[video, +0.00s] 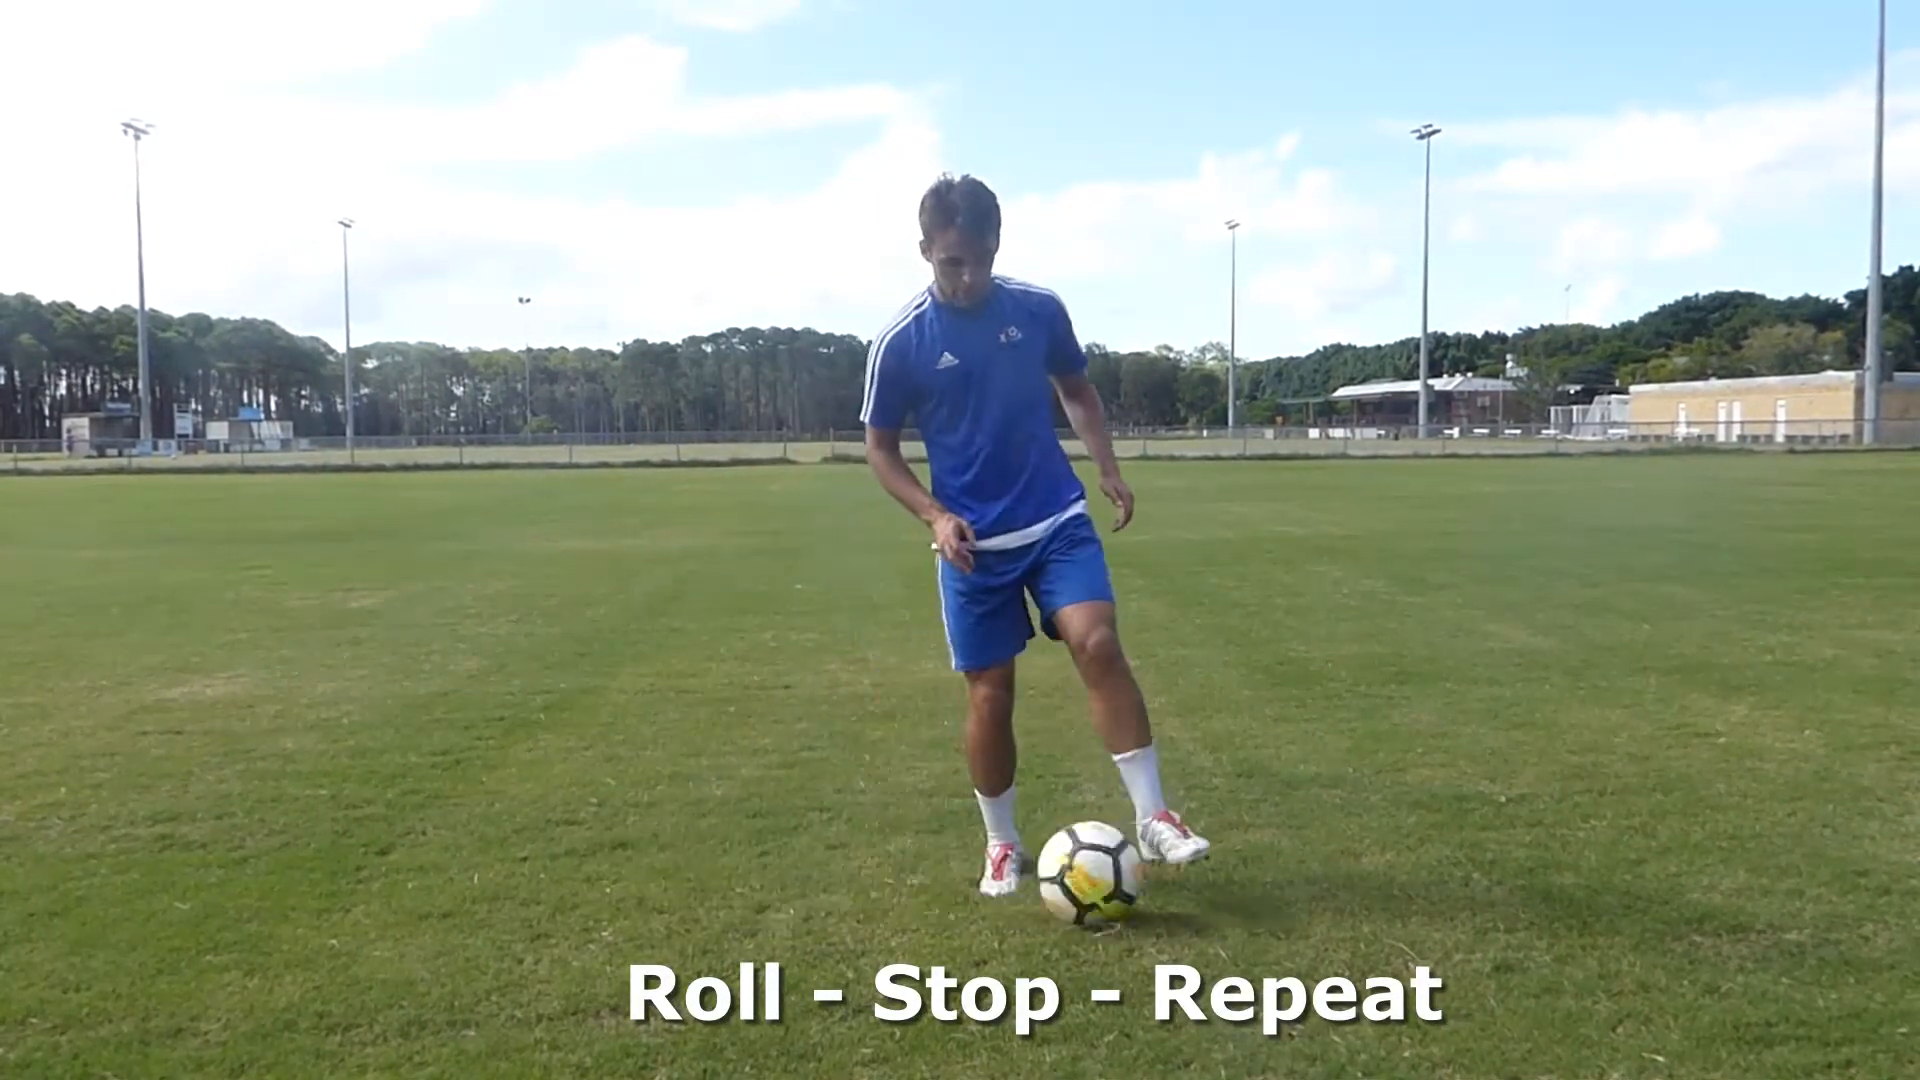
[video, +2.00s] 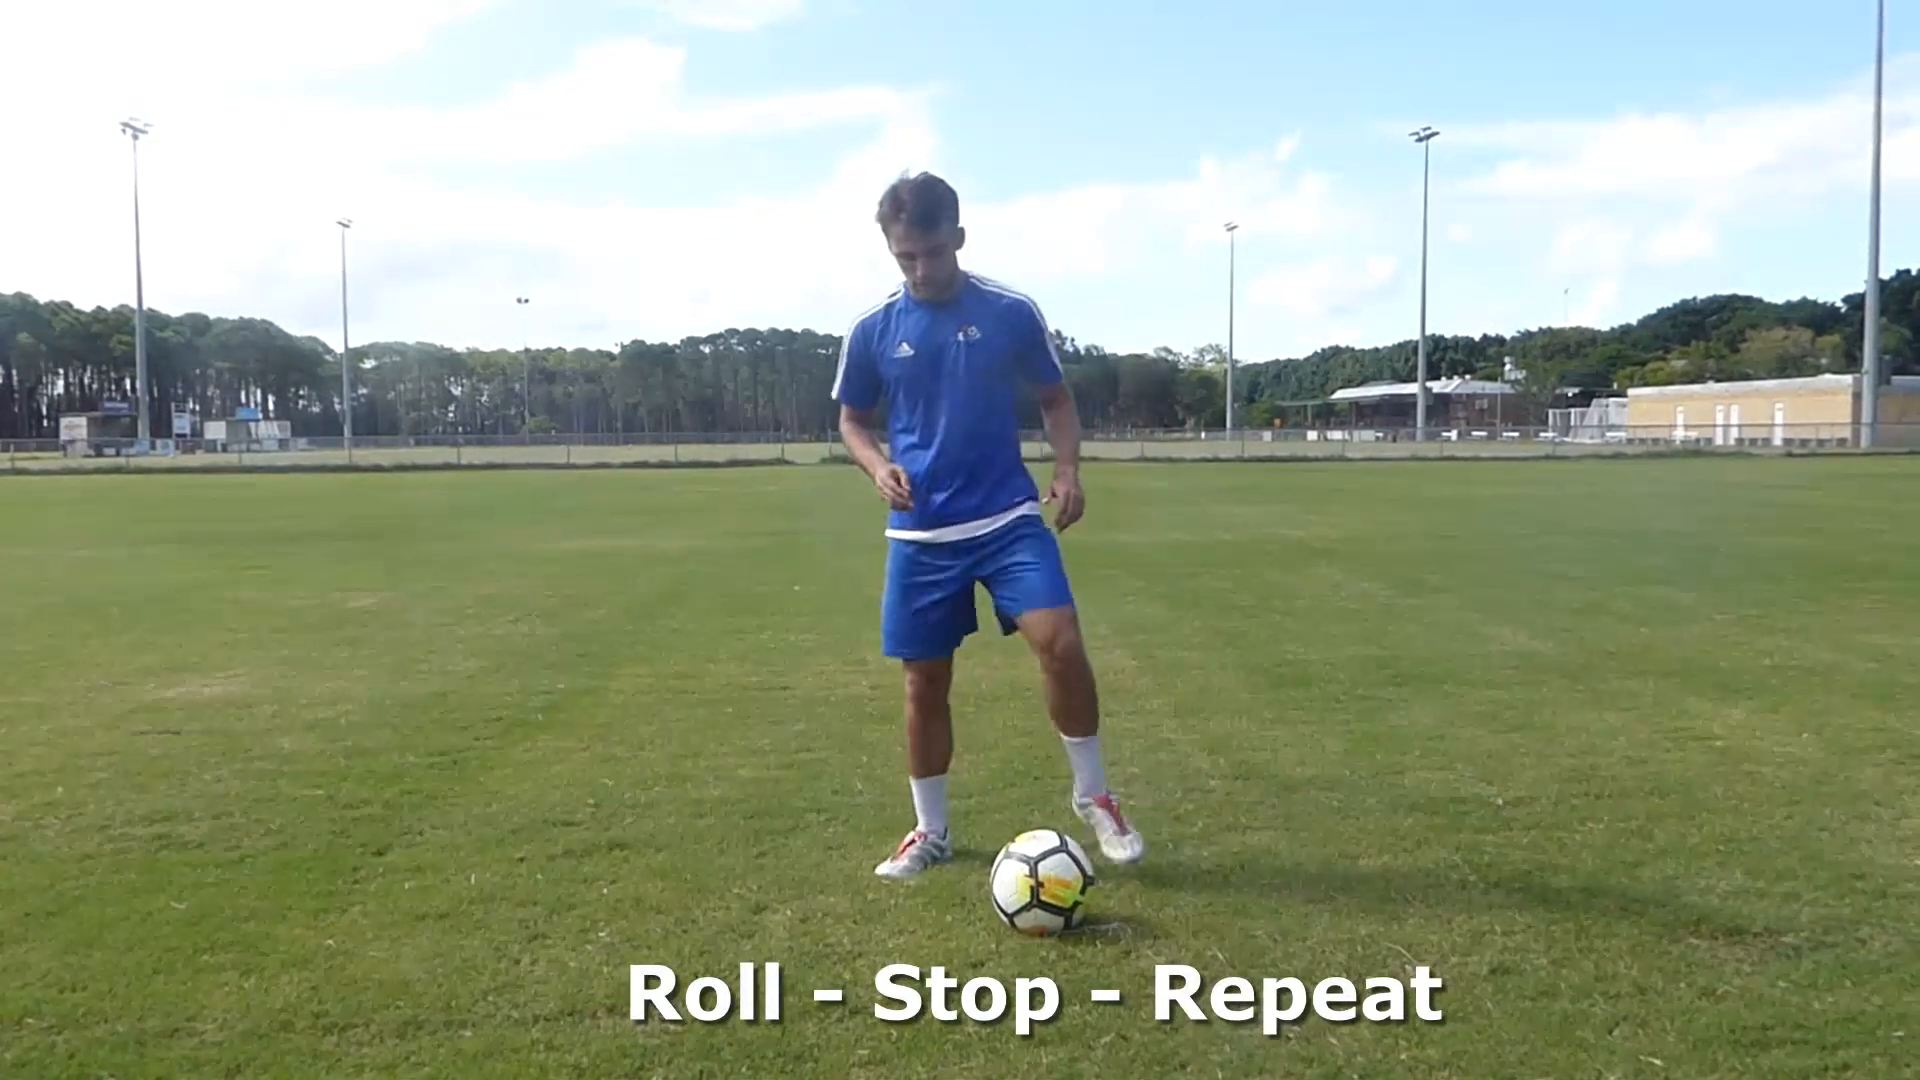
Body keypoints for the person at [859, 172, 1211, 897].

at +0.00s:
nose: (964, 278)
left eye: (976, 261)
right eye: (948, 264)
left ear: (996, 246)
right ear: (924, 250)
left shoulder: (1038, 311)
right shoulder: (901, 345)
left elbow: (1077, 390)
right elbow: (880, 452)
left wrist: (1106, 465)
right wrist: (934, 514)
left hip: (1058, 523)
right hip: (973, 545)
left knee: (1098, 644)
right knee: (990, 697)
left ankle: (1153, 818)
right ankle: (1003, 847)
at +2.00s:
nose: (920, 271)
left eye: (931, 254)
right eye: (905, 258)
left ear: (958, 238)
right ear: (888, 249)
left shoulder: (1011, 314)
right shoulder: (872, 334)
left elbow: (1055, 400)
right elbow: (851, 420)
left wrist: (1067, 471)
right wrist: (877, 464)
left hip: (1010, 523)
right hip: (921, 537)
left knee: (1061, 645)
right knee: (923, 686)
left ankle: (1093, 796)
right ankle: (930, 833)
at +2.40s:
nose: (841, 274)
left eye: (855, 257)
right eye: (827, 259)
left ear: (882, 242)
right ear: (811, 249)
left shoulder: (932, 321)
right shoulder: (794, 337)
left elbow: (990, 404)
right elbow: (785, 426)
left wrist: (1006, 488)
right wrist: (808, 468)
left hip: (913, 512)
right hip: (839, 528)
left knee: (859, 624)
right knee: (883, 681)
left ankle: (862, 805)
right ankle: (928, 833)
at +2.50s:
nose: (825, 275)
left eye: (840, 260)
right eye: (812, 260)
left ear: (868, 246)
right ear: (795, 250)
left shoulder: (914, 323)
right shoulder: (776, 336)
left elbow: (967, 406)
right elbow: (757, 429)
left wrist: (983, 496)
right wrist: (784, 469)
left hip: (887, 522)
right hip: (818, 530)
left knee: (810, 652)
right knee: (873, 682)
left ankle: (776, 831)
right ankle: (926, 829)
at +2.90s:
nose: (746, 272)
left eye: (758, 256)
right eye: (738, 255)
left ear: (802, 247)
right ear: (732, 248)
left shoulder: (850, 336)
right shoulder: (719, 325)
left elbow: (887, 441)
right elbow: (697, 409)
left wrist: (880, 532)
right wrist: (670, 464)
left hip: (785, 551)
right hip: (706, 532)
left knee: (744, 699)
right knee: (616, 643)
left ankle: (750, 860)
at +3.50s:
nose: (697, 240)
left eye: (713, 227)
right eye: (686, 225)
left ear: (742, 234)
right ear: (670, 232)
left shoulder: (780, 326)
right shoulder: (642, 326)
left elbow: (818, 426)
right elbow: (608, 425)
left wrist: (835, 516)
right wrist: (636, 439)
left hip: (739, 539)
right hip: (659, 538)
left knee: (731, 694)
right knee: (676, 688)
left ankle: (749, 856)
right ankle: (686, 829)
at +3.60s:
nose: (681, 242)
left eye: (697, 229)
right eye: (670, 228)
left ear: (724, 235)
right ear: (654, 236)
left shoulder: (766, 325)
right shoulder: (629, 334)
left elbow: (803, 421)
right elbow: (606, 438)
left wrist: (820, 514)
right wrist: (643, 440)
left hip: (736, 539)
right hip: (657, 540)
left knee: (727, 689)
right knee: (676, 685)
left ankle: (748, 853)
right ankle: (687, 829)